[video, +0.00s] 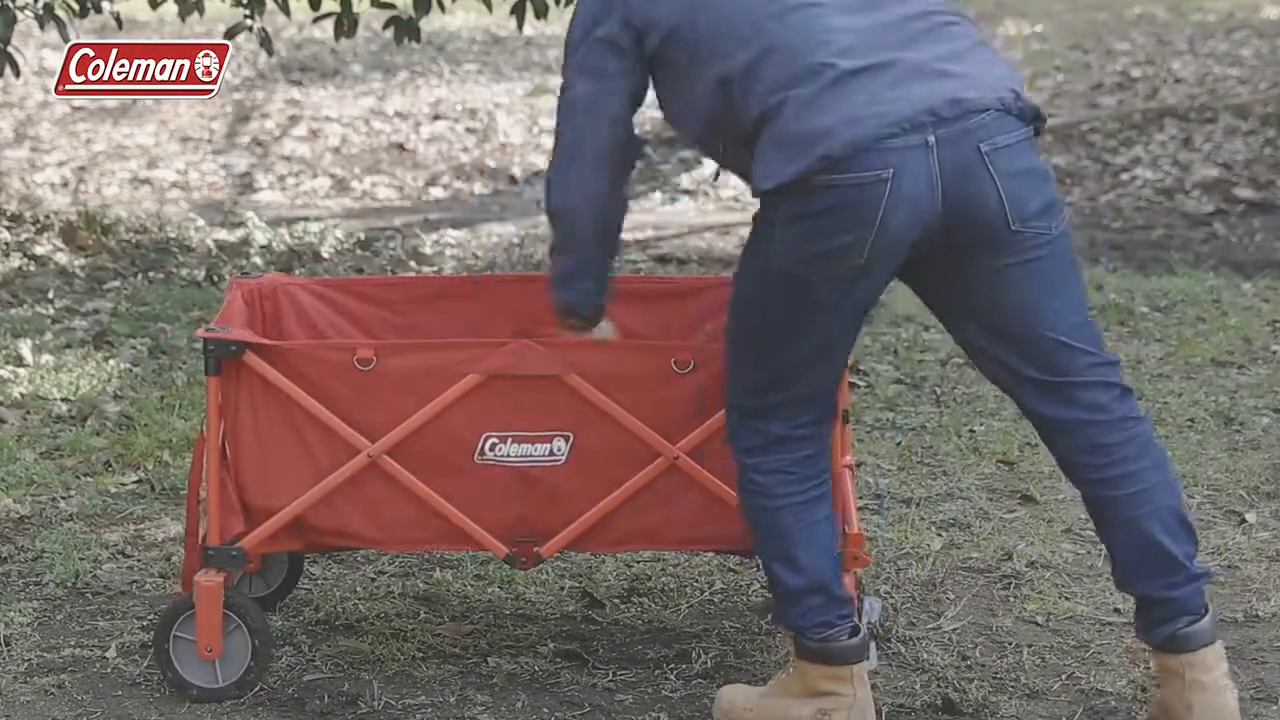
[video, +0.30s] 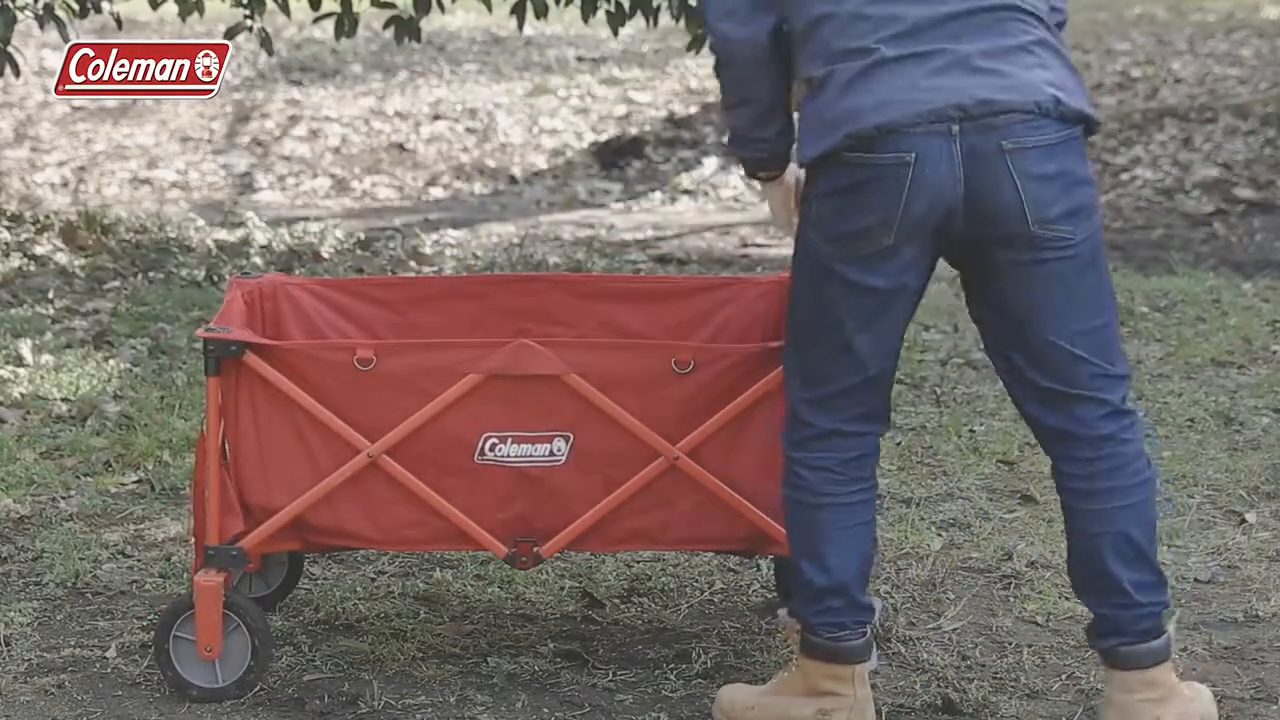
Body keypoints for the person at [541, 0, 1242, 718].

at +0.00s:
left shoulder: (618, 7)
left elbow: (585, 167)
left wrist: (578, 293)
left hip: (846, 175)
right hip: (995, 140)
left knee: (777, 426)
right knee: (1086, 393)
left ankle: (828, 670)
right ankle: (1192, 660)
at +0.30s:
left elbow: (743, 30)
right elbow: (1046, 14)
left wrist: (768, 163)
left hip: (876, 145)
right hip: (1031, 131)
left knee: (835, 419)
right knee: (1091, 411)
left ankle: (830, 670)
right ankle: (1142, 673)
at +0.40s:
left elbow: (783, 10)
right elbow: (1113, 30)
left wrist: (778, 113)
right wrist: (1118, 182)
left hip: (905, 151)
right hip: (1066, 149)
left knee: (852, 423)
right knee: (1097, 423)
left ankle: (831, 671)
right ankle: (1123, 679)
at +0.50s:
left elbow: (803, 17)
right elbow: (1180, 18)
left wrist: (785, 53)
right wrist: (1181, 176)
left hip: (946, 150)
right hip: (1109, 155)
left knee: (880, 418)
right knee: (1122, 428)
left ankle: (833, 667)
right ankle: (1126, 680)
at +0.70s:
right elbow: (1275, 22)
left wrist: (841, 6)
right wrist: (1274, 154)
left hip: (1032, 143)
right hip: (1199, 152)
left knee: (928, 401)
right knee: (1165, 432)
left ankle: (860, 647)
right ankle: (1129, 681)